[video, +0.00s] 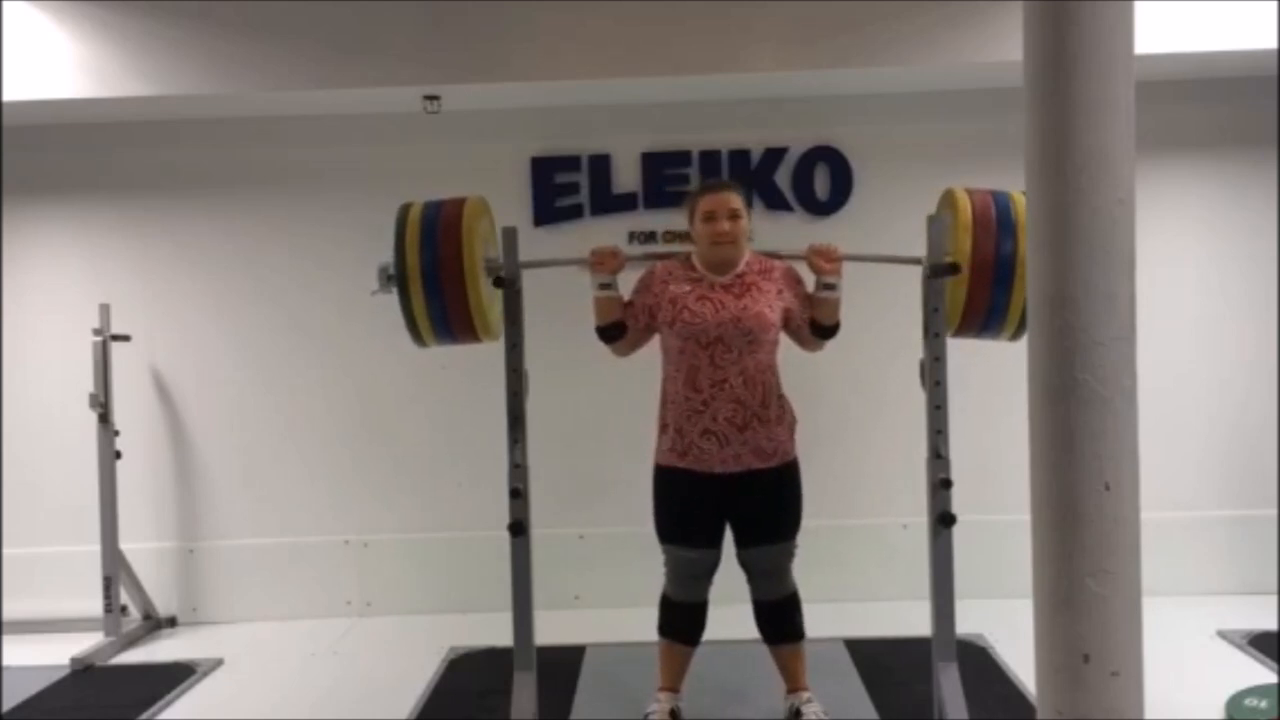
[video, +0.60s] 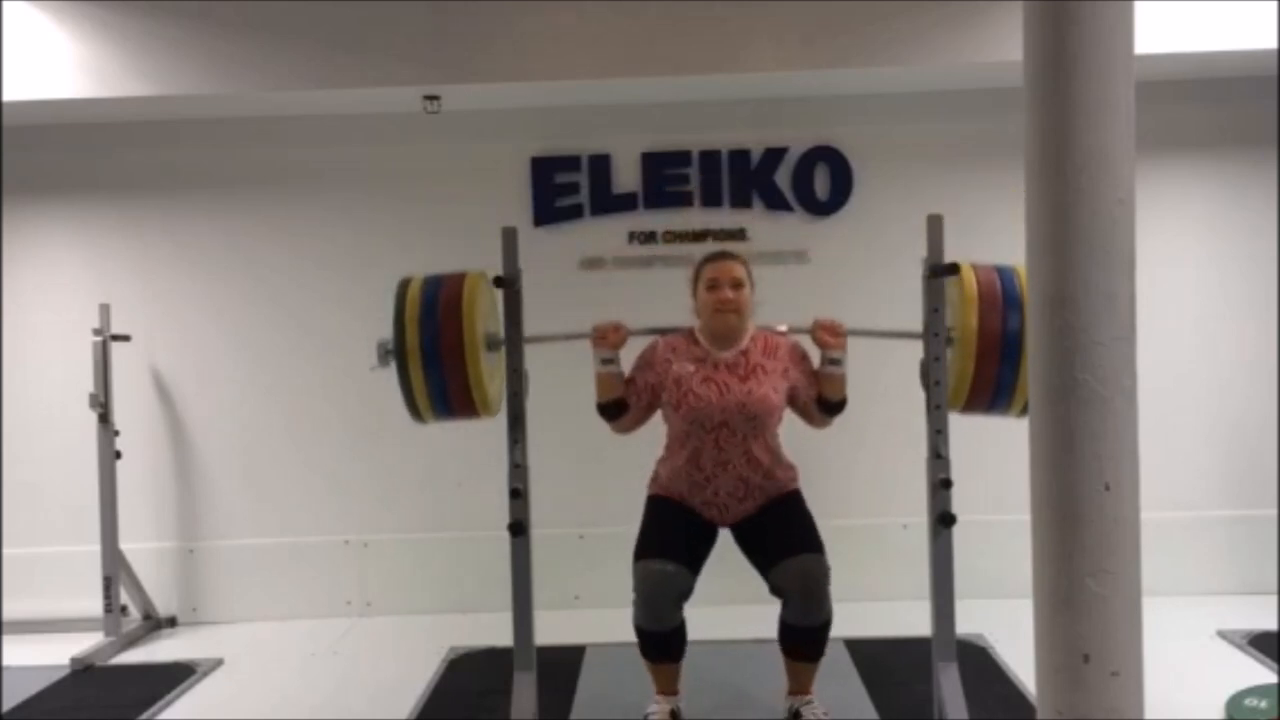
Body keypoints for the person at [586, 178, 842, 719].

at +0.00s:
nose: (723, 226)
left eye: (733, 216)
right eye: (710, 217)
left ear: (748, 224)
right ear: (691, 227)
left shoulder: (774, 277)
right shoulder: (664, 280)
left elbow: (815, 338)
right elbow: (619, 342)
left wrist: (828, 283)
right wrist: (605, 282)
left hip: (764, 459)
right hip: (688, 461)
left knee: (773, 581)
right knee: (685, 583)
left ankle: (800, 696)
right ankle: (666, 698)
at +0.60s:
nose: (726, 294)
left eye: (736, 285)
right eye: (713, 286)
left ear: (752, 297)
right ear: (695, 300)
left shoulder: (780, 352)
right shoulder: (666, 354)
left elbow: (822, 414)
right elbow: (621, 418)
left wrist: (833, 357)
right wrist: (606, 357)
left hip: (764, 489)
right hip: (682, 492)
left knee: (808, 584)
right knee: (656, 590)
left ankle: (801, 700)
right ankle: (665, 703)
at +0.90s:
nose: (730, 367)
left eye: (741, 358)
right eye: (717, 359)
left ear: (757, 370)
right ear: (699, 372)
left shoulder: (786, 421)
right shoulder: (671, 423)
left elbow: (828, 484)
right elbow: (627, 488)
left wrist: (840, 429)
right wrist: (611, 429)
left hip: (770, 545)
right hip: (688, 547)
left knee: (820, 604)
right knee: (650, 611)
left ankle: (801, 703)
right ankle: (667, 705)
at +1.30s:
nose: (735, 416)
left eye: (746, 406)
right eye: (722, 407)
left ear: (762, 416)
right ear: (703, 417)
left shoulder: (790, 466)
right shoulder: (672, 468)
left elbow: (831, 526)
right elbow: (630, 529)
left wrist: (843, 472)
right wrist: (614, 472)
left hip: (773, 590)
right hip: (691, 592)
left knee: (828, 621)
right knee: (646, 629)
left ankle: (801, 705)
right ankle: (668, 706)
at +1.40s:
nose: (734, 405)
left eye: (745, 395)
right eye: (721, 395)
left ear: (760, 405)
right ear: (702, 405)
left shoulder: (788, 453)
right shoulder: (672, 454)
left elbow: (830, 513)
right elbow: (629, 516)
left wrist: (843, 459)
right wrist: (613, 460)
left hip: (772, 577)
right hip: (690, 578)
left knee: (823, 612)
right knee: (648, 619)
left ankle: (800, 704)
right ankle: (667, 705)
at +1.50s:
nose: (733, 384)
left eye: (744, 375)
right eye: (720, 376)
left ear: (759, 387)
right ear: (700, 388)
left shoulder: (788, 435)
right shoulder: (671, 436)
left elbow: (832, 493)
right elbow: (628, 497)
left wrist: (843, 440)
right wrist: (612, 442)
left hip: (772, 555)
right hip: (689, 558)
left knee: (818, 603)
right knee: (652, 610)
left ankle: (799, 703)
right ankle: (668, 704)